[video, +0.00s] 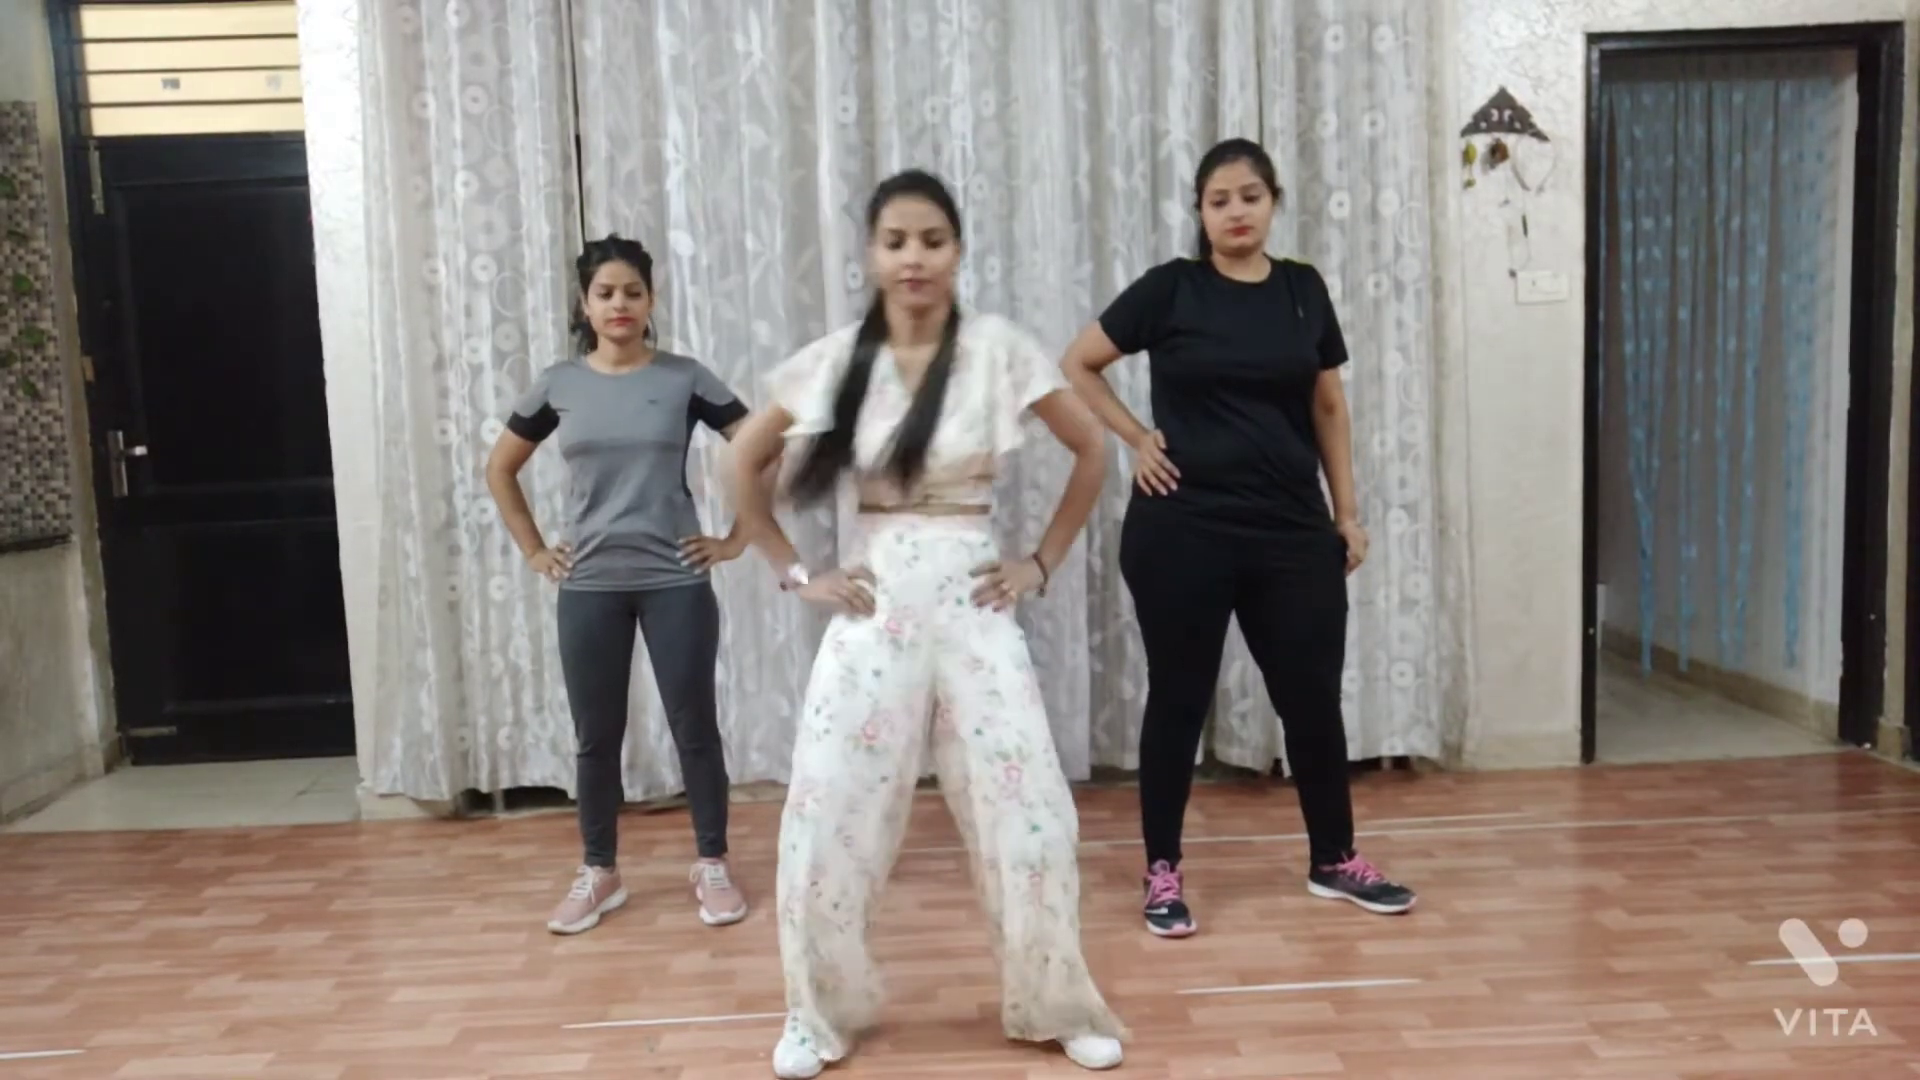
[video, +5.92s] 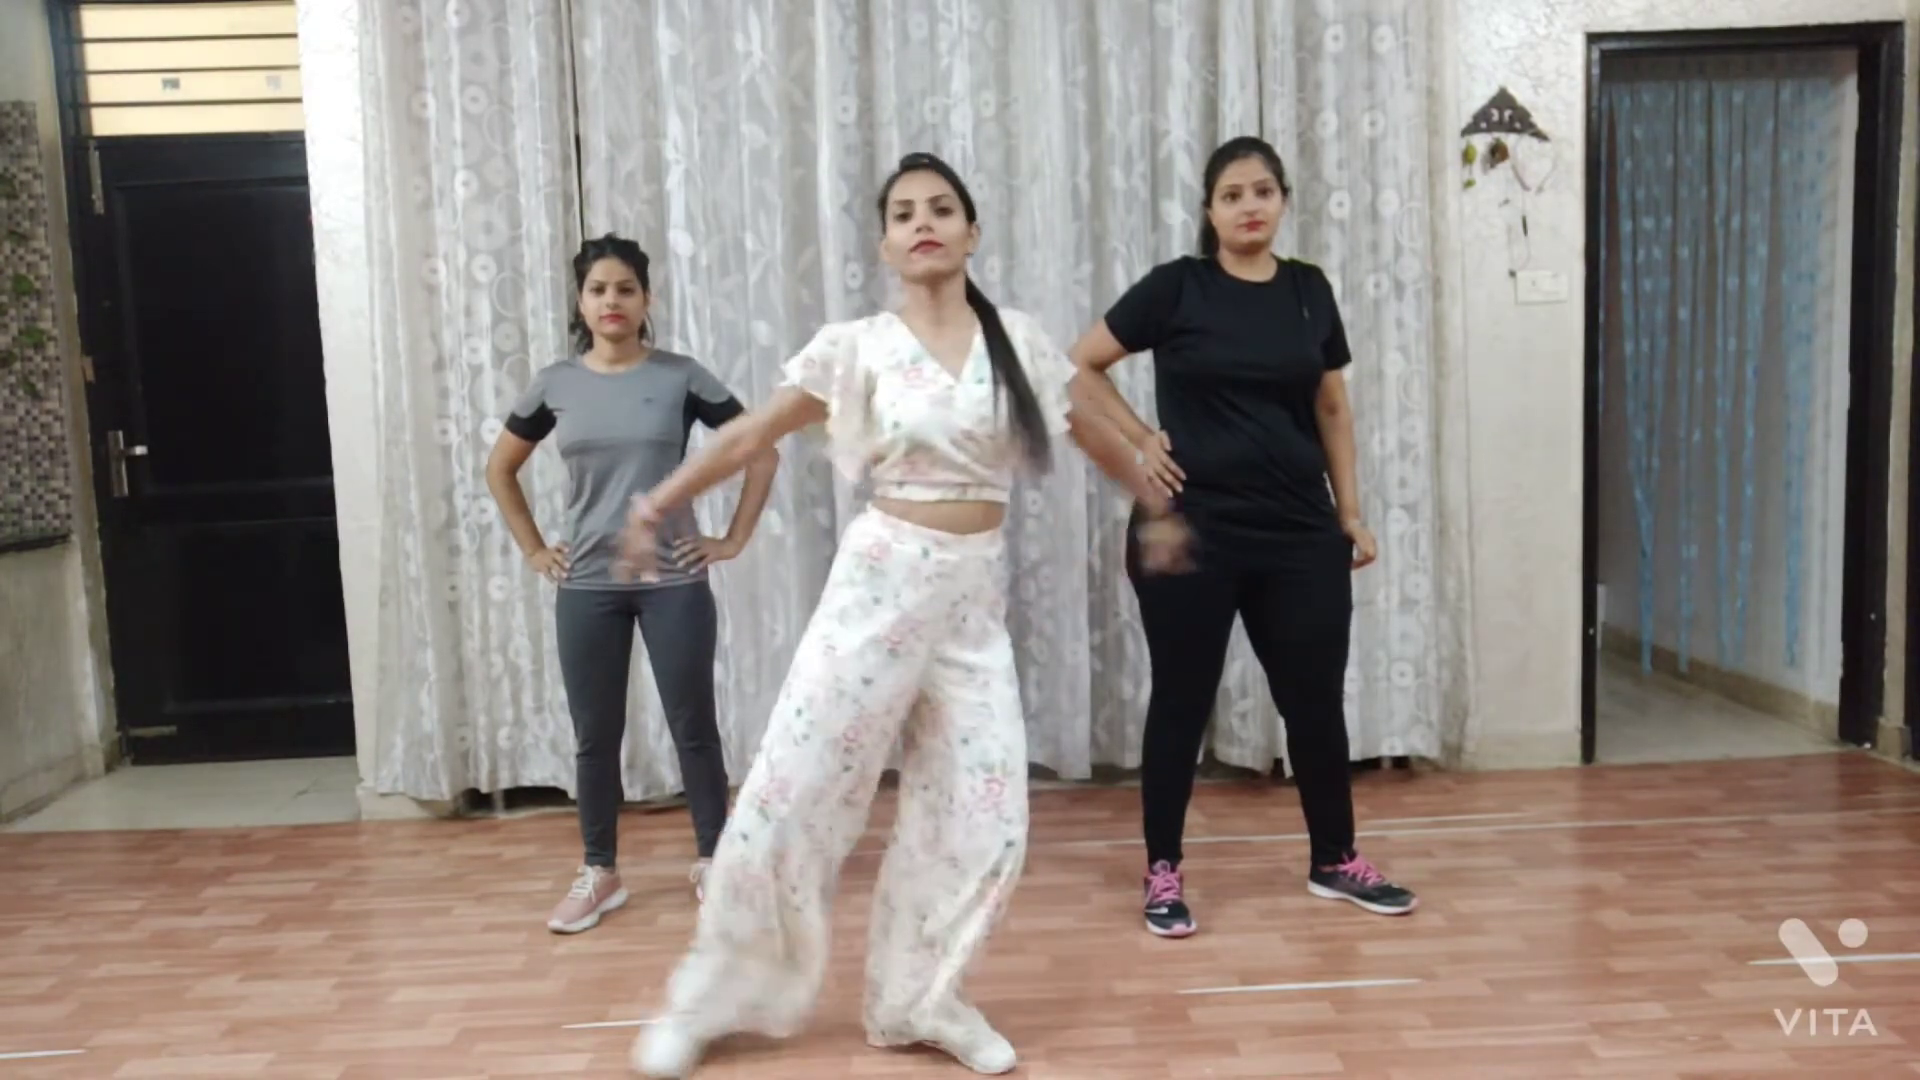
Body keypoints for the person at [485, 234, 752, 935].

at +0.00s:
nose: (621, 306)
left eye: (633, 294)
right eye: (607, 294)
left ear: (650, 302)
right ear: (585, 305)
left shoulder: (685, 379)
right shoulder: (559, 385)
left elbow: (765, 451)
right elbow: (499, 467)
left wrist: (737, 537)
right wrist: (536, 550)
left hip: (675, 575)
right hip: (590, 580)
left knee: (694, 726)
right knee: (595, 737)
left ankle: (713, 866)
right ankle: (599, 873)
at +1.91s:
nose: (616, 301)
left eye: (629, 289)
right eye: (603, 290)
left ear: (650, 300)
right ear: (586, 303)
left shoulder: (688, 378)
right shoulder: (560, 383)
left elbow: (770, 451)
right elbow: (504, 466)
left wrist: (737, 534)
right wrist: (537, 547)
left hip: (675, 575)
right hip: (590, 580)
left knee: (694, 726)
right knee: (595, 737)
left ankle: (713, 866)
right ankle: (599, 872)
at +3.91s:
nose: (616, 302)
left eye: (629, 290)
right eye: (603, 291)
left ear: (650, 302)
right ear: (584, 303)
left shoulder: (688, 381)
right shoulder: (558, 385)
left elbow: (763, 455)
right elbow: (503, 468)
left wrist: (734, 535)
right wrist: (538, 550)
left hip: (675, 575)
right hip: (589, 580)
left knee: (694, 726)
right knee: (595, 737)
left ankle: (712, 866)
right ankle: (599, 872)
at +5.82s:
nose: (612, 301)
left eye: (625, 289)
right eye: (598, 290)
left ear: (646, 301)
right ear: (580, 302)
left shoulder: (681, 378)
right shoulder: (555, 385)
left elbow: (759, 450)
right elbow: (500, 467)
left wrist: (735, 542)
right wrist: (538, 550)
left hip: (673, 575)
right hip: (588, 580)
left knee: (693, 726)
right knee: (595, 735)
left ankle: (712, 866)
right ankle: (599, 872)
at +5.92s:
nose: (612, 301)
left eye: (625, 289)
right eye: (598, 290)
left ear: (646, 300)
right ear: (580, 302)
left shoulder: (682, 378)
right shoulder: (555, 386)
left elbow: (763, 450)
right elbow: (499, 469)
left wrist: (737, 537)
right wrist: (535, 549)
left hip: (674, 579)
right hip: (588, 585)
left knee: (694, 730)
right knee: (595, 738)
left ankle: (714, 867)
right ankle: (599, 872)